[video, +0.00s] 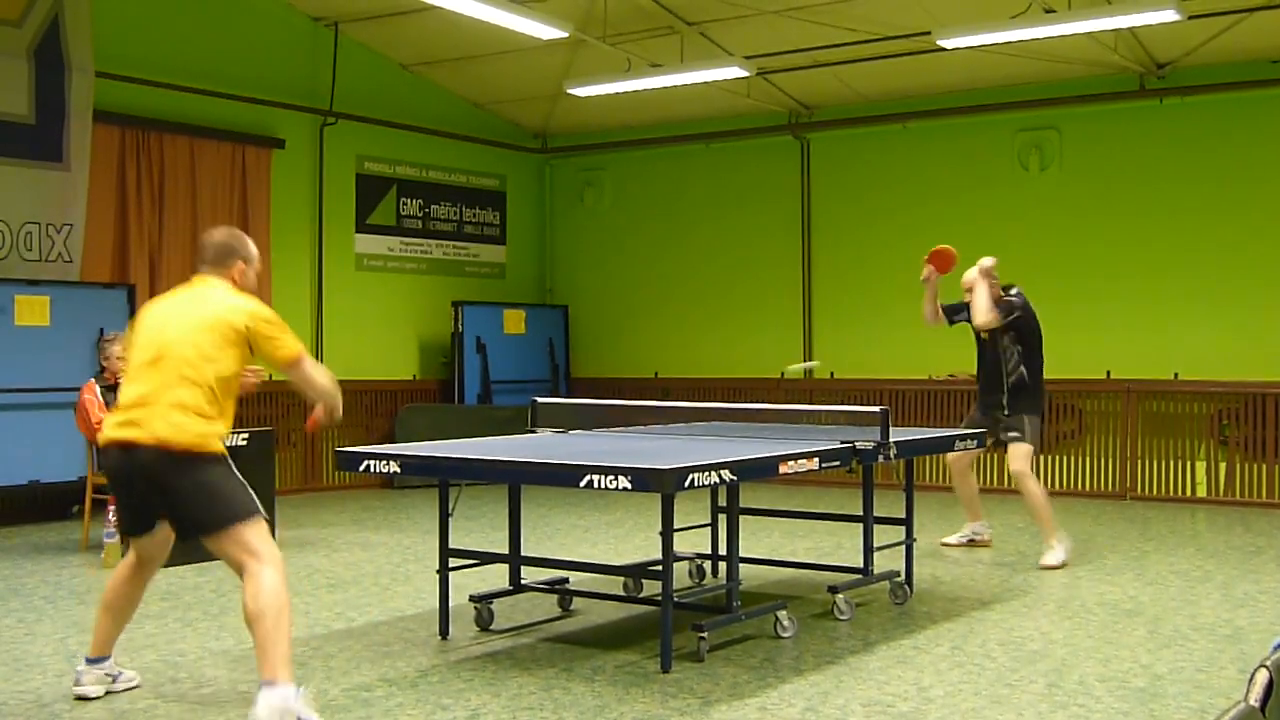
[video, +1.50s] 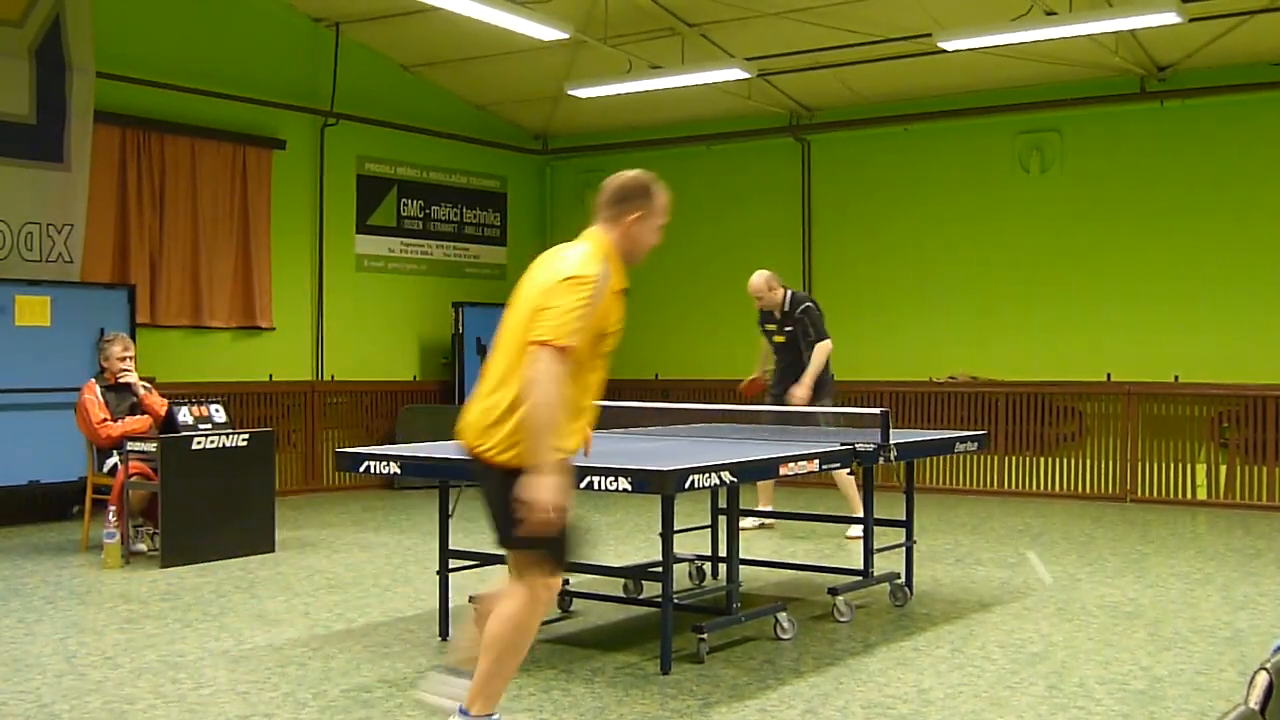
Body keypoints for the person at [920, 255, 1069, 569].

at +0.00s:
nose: (967, 296)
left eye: (970, 289)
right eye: (965, 291)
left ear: (989, 283)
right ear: (968, 292)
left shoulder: (1016, 304)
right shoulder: (975, 307)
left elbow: (983, 320)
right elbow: (934, 318)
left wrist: (983, 277)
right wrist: (931, 287)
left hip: (1023, 406)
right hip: (988, 404)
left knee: (1019, 468)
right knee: (958, 459)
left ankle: (1054, 543)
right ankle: (977, 527)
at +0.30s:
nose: (955, 285)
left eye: (962, 279)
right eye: (952, 279)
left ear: (980, 281)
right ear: (950, 282)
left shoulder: (1003, 310)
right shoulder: (946, 311)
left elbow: (1030, 352)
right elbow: (930, 340)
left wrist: (1021, 385)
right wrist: (916, 346)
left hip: (1001, 402)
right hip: (962, 400)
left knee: (1020, 464)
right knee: (924, 457)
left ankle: (1051, 542)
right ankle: (932, 528)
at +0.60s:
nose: (886, 302)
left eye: (891, 296)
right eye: (884, 297)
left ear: (913, 295)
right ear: (891, 298)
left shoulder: (941, 320)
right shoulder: (898, 327)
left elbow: (971, 359)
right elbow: (882, 364)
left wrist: (953, 396)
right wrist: (847, 392)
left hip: (966, 401)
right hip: (928, 400)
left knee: (993, 468)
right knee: (880, 443)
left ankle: (1040, 536)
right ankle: (859, 515)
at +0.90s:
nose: (794, 324)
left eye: (798, 316)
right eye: (791, 320)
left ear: (816, 312)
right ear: (795, 323)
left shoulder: (841, 327)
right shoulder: (804, 351)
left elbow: (871, 340)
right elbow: (783, 386)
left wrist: (841, 354)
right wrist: (752, 403)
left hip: (889, 406)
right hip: (850, 413)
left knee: (930, 456)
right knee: (813, 456)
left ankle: (1001, 485)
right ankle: (833, 525)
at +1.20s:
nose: (777, 297)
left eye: (781, 291)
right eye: (774, 292)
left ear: (799, 285)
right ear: (778, 291)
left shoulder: (826, 303)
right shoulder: (789, 313)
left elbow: (828, 349)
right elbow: (808, 350)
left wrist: (793, 362)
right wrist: (811, 385)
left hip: (854, 387)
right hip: (821, 387)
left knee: (865, 452)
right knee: (799, 444)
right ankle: (820, 511)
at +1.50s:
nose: (757, 304)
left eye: (760, 298)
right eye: (754, 299)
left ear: (775, 290)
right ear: (759, 295)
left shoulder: (804, 306)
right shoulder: (765, 312)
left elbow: (823, 345)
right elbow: (768, 344)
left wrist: (805, 383)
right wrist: (760, 371)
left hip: (814, 382)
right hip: (782, 381)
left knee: (828, 448)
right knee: (765, 441)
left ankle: (860, 514)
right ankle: (764, 511)